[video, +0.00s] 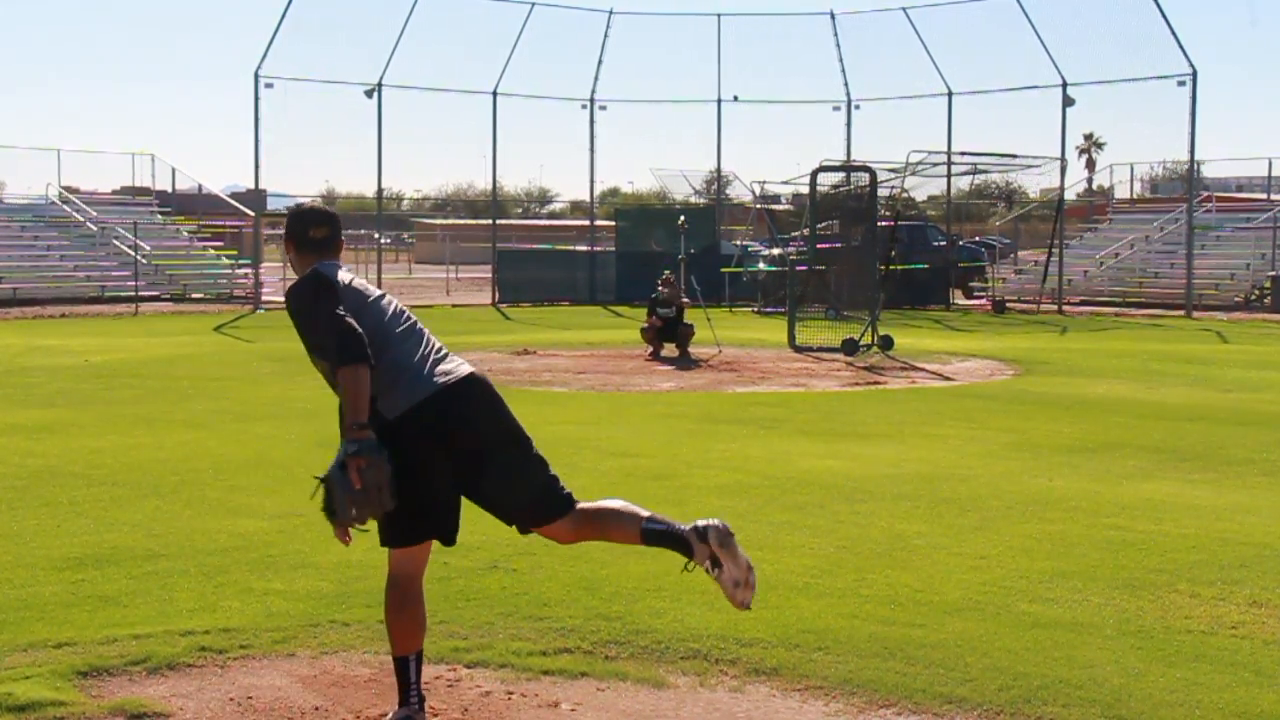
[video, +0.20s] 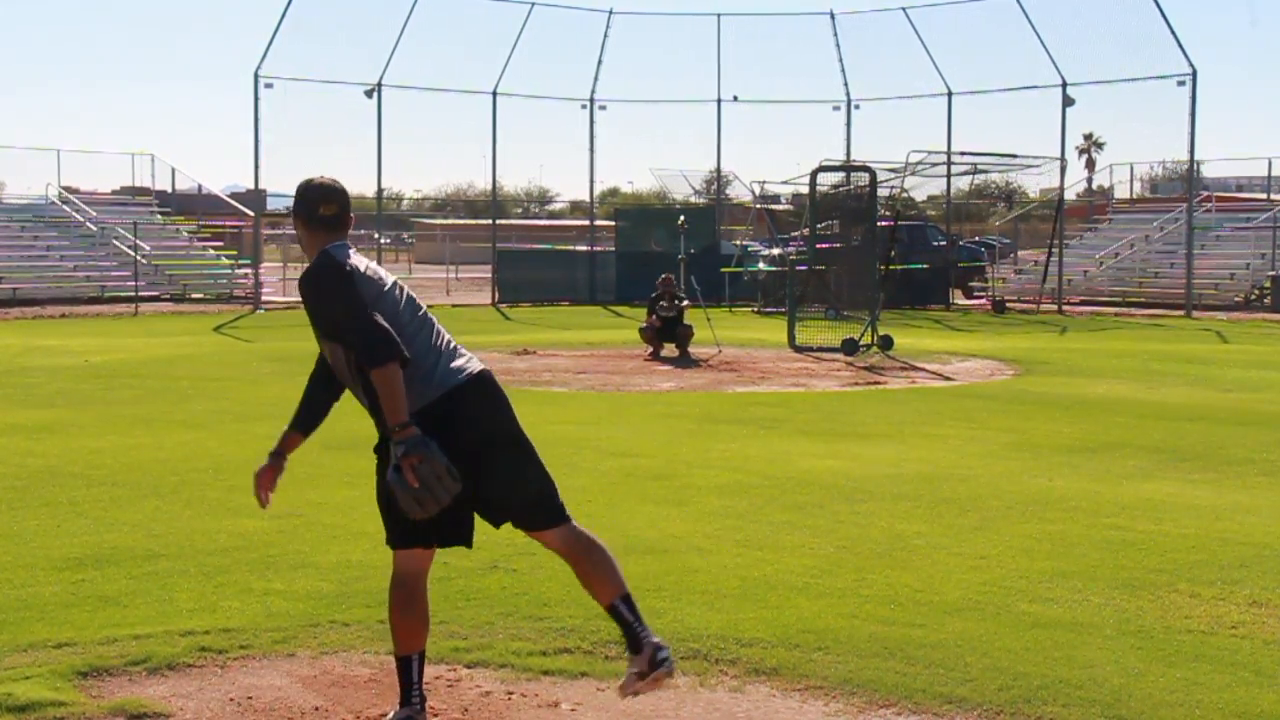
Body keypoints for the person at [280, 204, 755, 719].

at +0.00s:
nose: (283, 254)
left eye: (282, 245)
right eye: (288, 245)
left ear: (287, 247)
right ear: (337, 246)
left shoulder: (307, 292)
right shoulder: (356, 286)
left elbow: (353, 359)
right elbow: (375, 379)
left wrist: (353, 447)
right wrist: (350, 469)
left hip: (411, 426)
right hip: (468, 396)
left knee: (405, 568)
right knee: (564, 521)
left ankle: (409, 700)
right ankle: (692, 539)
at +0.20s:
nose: (292, 228)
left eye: (292, 220)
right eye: (295, 221)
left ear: (296, 223)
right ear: (347, 222)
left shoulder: (321, 276)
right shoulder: (362, 271)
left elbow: (382, 351)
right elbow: (328, 375)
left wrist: (401, 434)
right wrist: (281, 452)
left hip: (418, 427)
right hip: (477, 397)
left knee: (410, 565)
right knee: (557, 529)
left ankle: (411, 702)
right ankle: (643, 641)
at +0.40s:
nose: (317, 208)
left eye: (317, 200)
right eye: (325, 200)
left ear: (321, 206)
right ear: (372, 204)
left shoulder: (347, 266)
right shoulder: (385, 255)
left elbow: (393, 363)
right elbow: (323, 349)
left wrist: (395, 455)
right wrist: (247, 340)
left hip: (422, 426)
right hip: (479, 409)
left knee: (407, 566)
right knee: (526, 549)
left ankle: (411, 699)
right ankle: (599, 672)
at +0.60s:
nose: (342, 188)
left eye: (341, 180)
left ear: (340, 186)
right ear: (393, 187)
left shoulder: (339, 259)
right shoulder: (413, 240)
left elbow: (356, 365)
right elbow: (374, 323)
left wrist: (351, 459)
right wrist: (300, 297)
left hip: (402, 431)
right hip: (470, 413)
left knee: (400, 567)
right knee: (493, 544)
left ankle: (409, 701)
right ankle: (555, 654)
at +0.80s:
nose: (386, 177)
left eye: (370, 165)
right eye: (408, 169)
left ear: (359, 172)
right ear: (415, 174)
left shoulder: (337, 251)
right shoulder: (446, 240)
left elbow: (336, 354)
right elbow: (469, 321)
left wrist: (335, 448)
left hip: (383, 435)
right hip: (458, 430)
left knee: (389, 565)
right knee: (458, 555)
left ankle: (403, 698)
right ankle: (451, 656)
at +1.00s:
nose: (409, 160)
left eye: (391, 147)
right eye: (425, 151)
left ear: (375, 154)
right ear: (433, 156)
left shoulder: (337, 235)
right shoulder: (467, 228)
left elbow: (322, 334)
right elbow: (517, 312)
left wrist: (320, 421)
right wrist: (478, 359)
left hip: (372, 428)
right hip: (450, 424)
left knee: (382, 559)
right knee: (440, 571)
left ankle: (389, 683)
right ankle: (407, 699)